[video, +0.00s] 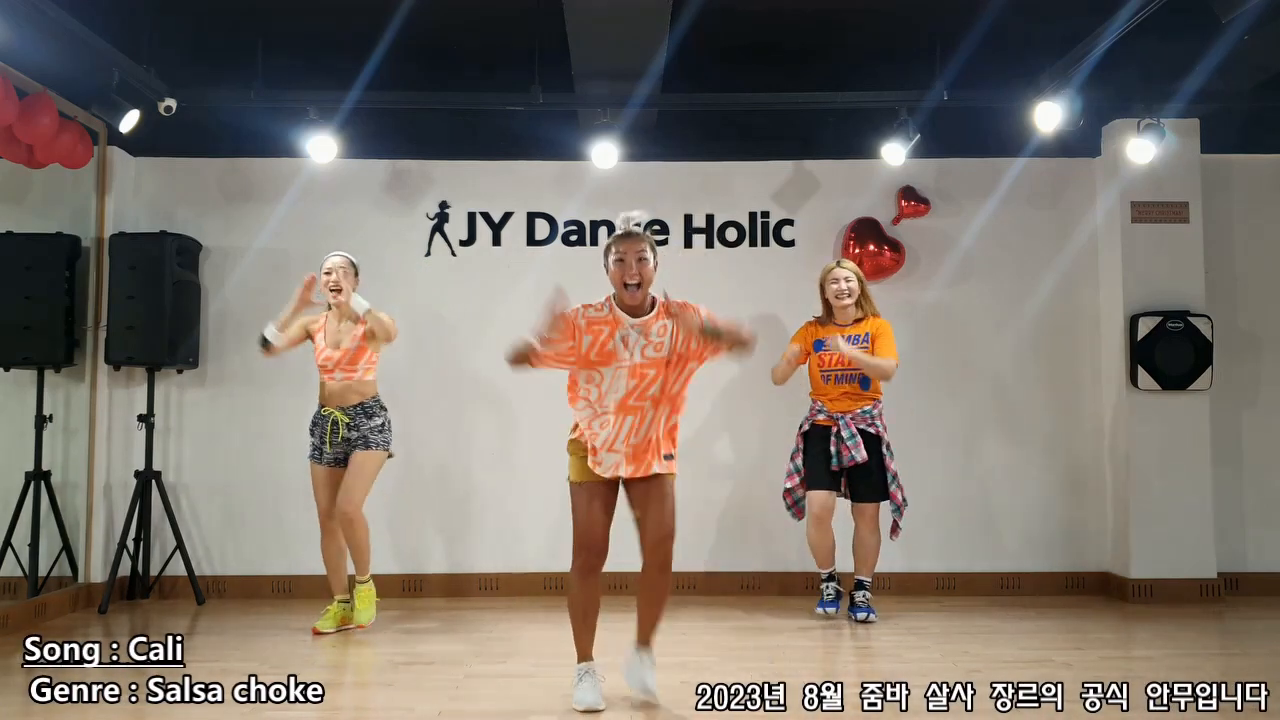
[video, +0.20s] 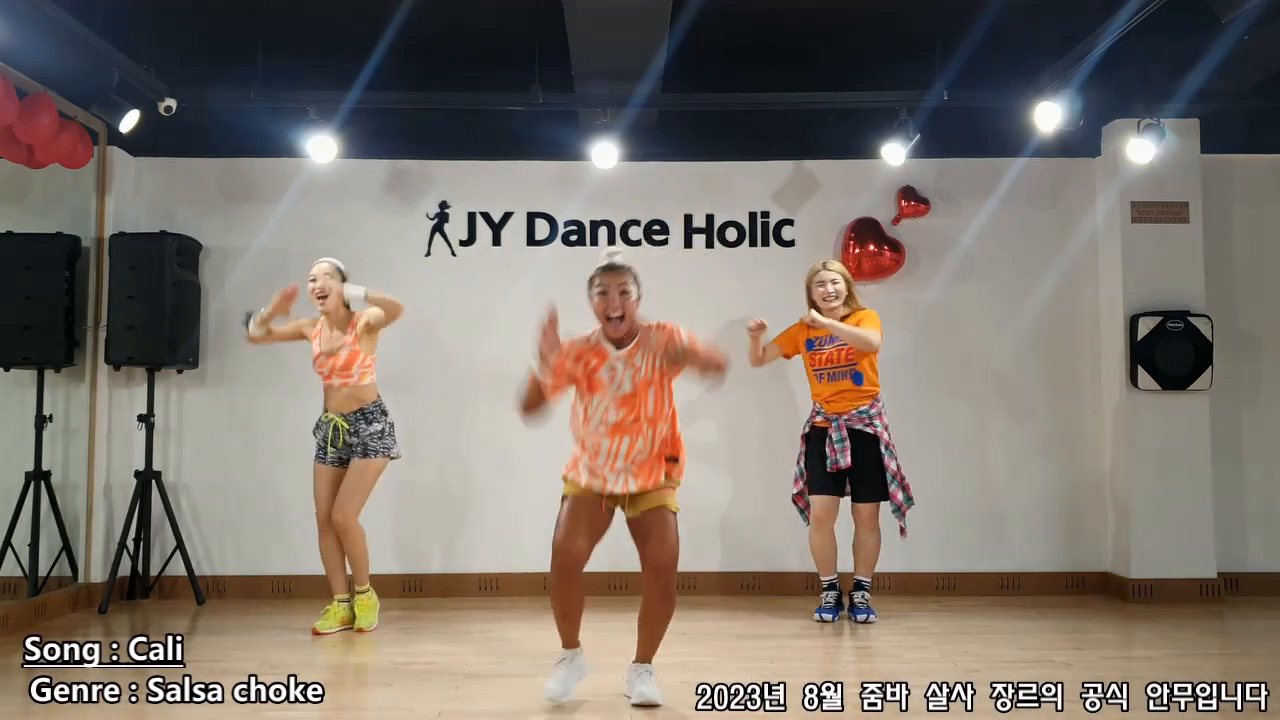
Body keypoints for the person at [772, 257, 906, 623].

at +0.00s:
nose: (842, 285)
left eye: (848, 279)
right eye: (834, 281)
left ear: (859, 288)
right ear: (824, 292)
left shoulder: (876, 326)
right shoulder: (810, 331)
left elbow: (887, 371)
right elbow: (778, 378)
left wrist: (849, 353)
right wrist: (790, 361)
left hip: (865, 428)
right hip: (822, 428)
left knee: (866, 515)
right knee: (818, 510)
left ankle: (861, 592)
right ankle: (828, 584)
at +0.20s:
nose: (829, 288)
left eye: (835, 282)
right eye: (820, 284)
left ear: (848, 288)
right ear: (811, 294)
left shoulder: (863, 317)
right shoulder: (803, 329)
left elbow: (872, 342)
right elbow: (758, 360)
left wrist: (827, 323)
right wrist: (755, 339)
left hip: (865, 427)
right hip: (823, 429)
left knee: (867, 514)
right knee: (821, 514)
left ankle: (861, 593)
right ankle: (829, 592)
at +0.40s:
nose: (812, 294)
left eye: (818, 288)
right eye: (804, 290)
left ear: (828, 298)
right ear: (793, 301)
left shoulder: (844, 331)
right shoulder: (787, 347)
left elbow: (862, 374)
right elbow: (768, 391)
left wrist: (813, 381)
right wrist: (765, 383)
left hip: (865, 426)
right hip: (823, 432)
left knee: (895, 507)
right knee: (818, 512)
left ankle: (885, 580)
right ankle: (829, 592)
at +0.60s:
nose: (808, 301)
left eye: (814, 297)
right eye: (802, 296)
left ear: (823, 304)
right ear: (790, 304)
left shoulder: (833, 330)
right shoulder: (785, 339)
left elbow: (802, 302)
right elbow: (743, 328)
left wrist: (762, 279)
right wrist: (725, 288)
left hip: (868, 429)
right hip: (826, 437)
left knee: (917, 504)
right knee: (811, 514)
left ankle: (966, 571)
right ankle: (829, 595)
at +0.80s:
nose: (820, 298)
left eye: (827, 293)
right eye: (812, 293)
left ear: (837, 301)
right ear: (800, 304)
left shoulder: (850, 325)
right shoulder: (796, 339)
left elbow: (849, 339)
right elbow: (749, 340)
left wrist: (801, 310)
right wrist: (736, 304)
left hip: (876, 427)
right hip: (836, 434)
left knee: (916, 509)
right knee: (818, 511)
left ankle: (955, 568)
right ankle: (829, 594)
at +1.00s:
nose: (853, 291)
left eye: (859, 286)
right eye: (846, 286)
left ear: (869, 294)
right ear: (833, 294)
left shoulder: (887, 332)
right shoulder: (824, 341)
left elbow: (916, 381)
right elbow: (795, 389)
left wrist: (881, 381)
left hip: (894, 431)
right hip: (850, 433)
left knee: (921, 513)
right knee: (833, 510)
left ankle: (925, 589)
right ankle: (831, 592)